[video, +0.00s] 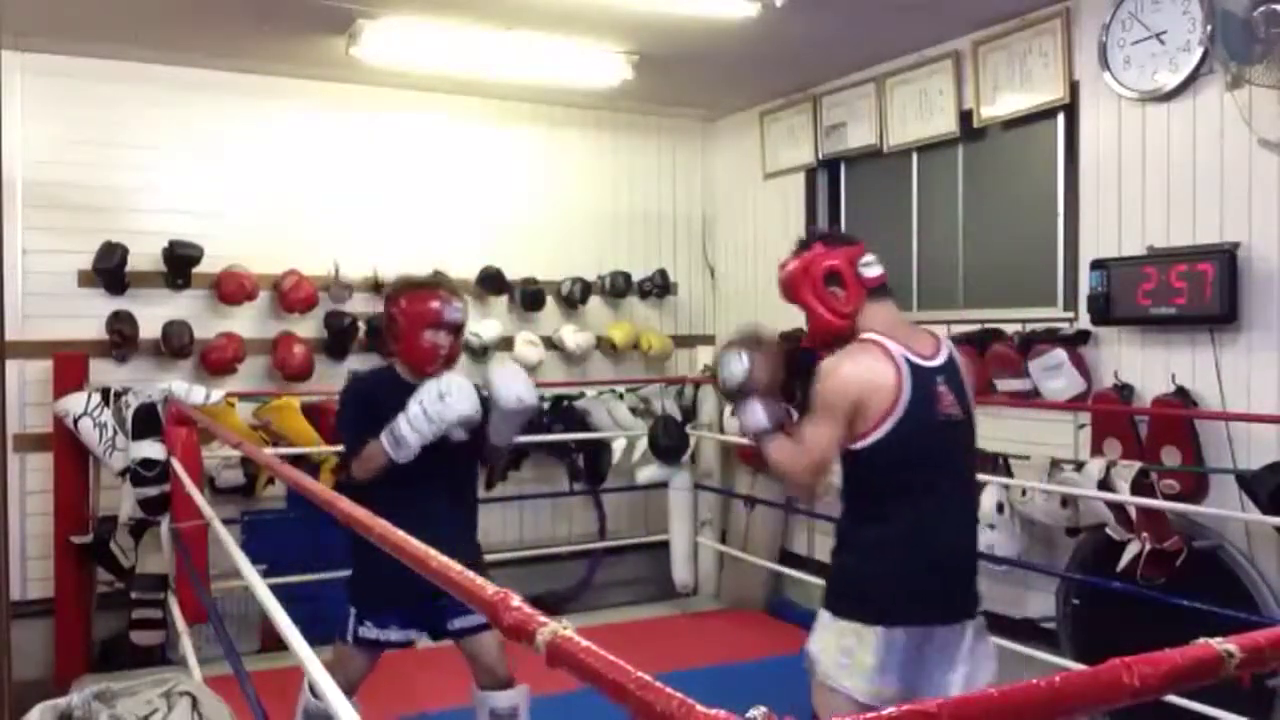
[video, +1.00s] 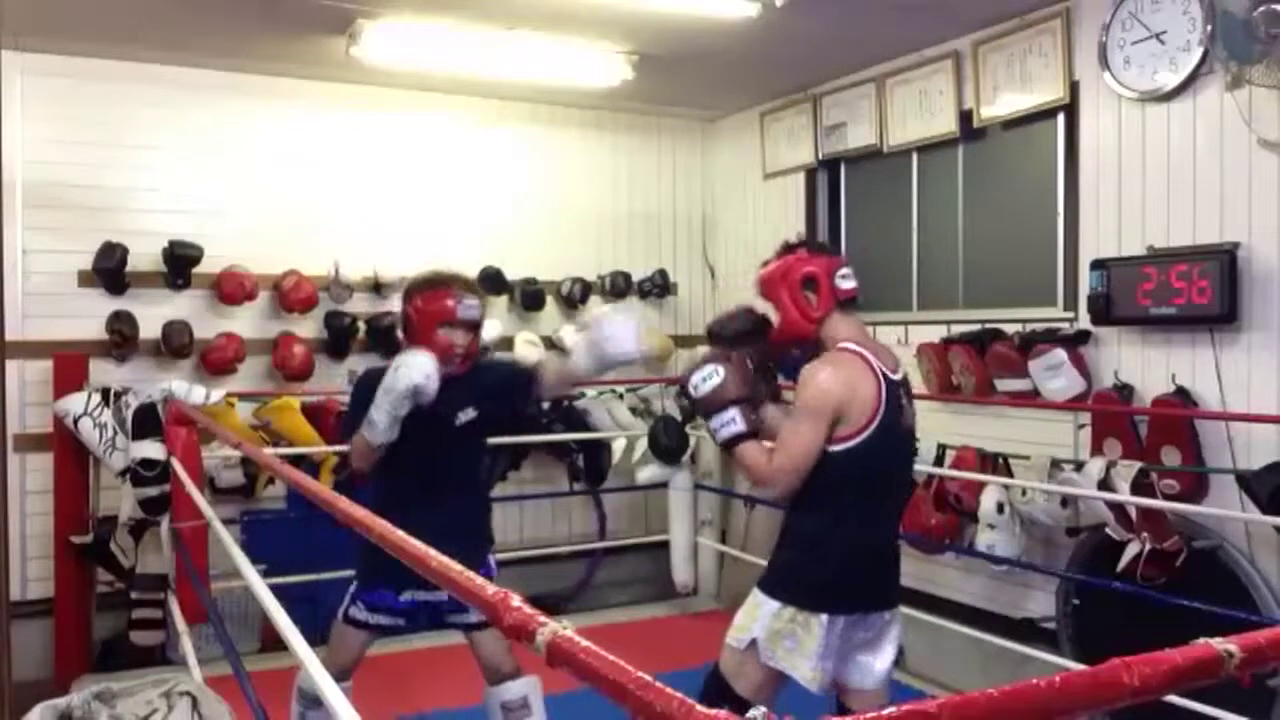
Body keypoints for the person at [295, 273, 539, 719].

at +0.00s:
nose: (443, 342)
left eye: (452, 332)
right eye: (432, 330)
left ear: (461, 339)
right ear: (399, 329)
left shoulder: (460, 394)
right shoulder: (366, 390)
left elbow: (488, 469)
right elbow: (357, 470)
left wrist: (507, 419)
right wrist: (413, 426)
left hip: (455, 560)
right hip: (384, 562)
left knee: (495, 671)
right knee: (346, 674)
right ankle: (311, 714)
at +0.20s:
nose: (422, 333)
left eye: (430, 322)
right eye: (411, 320)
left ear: (438, 324)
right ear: (377, 319)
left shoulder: (433, 373)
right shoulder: (343, 371)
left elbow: (448, 453)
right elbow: (343, 446)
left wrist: (472, 401)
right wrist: (395, 391)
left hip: (427, 540)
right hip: (355, 543)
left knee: (463, 660)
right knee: (323, 663)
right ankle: (302, 712)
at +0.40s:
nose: (413, 339)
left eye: (419, 328)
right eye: (402, 326)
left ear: (424, 331)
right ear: (365, 326)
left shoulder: (411, 383)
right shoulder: (328, 381)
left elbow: (427, 458)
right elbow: (339, 456)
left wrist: (446, 413)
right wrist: (402, 402)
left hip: (410, 548)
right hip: (347, 552)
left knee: (462, 654)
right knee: (317, 676)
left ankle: (437, 715)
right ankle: (301, 714)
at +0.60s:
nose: (419, 343)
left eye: (425, 332)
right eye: (408, 331)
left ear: (432, 336)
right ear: (374, 332)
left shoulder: (426, 387)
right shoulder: (340, 387)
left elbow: (451, 450)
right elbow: (366, 452)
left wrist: (467, 404)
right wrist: (423, 395)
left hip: (427, 555)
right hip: (359, 558)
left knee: (476, 649)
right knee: (333, 664)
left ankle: (514, 711)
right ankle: (304, 712)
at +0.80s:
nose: (446, 339)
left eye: (453, 329)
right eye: (434, 327)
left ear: (460, 334)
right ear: (401, 330)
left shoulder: (468, 384)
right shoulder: (362, 388)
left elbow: (507, 427)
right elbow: (350, 467)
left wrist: (533, 407)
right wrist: (396, 414)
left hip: (456, 561)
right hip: (384, 563)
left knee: (499, 662)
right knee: (350, 663)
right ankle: (311, 711)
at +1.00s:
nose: (464, 341)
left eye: (472, 329)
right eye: (452, 328)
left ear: (480, 331)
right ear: (416, 327)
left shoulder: (486, 379)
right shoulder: (378, 385)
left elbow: (545, 379)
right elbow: (359, 462)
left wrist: (590, 358)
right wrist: (390, 403)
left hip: (463, 553)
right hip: (389, 552)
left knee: (501, 669)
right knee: (335, 666)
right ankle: (306, 708)